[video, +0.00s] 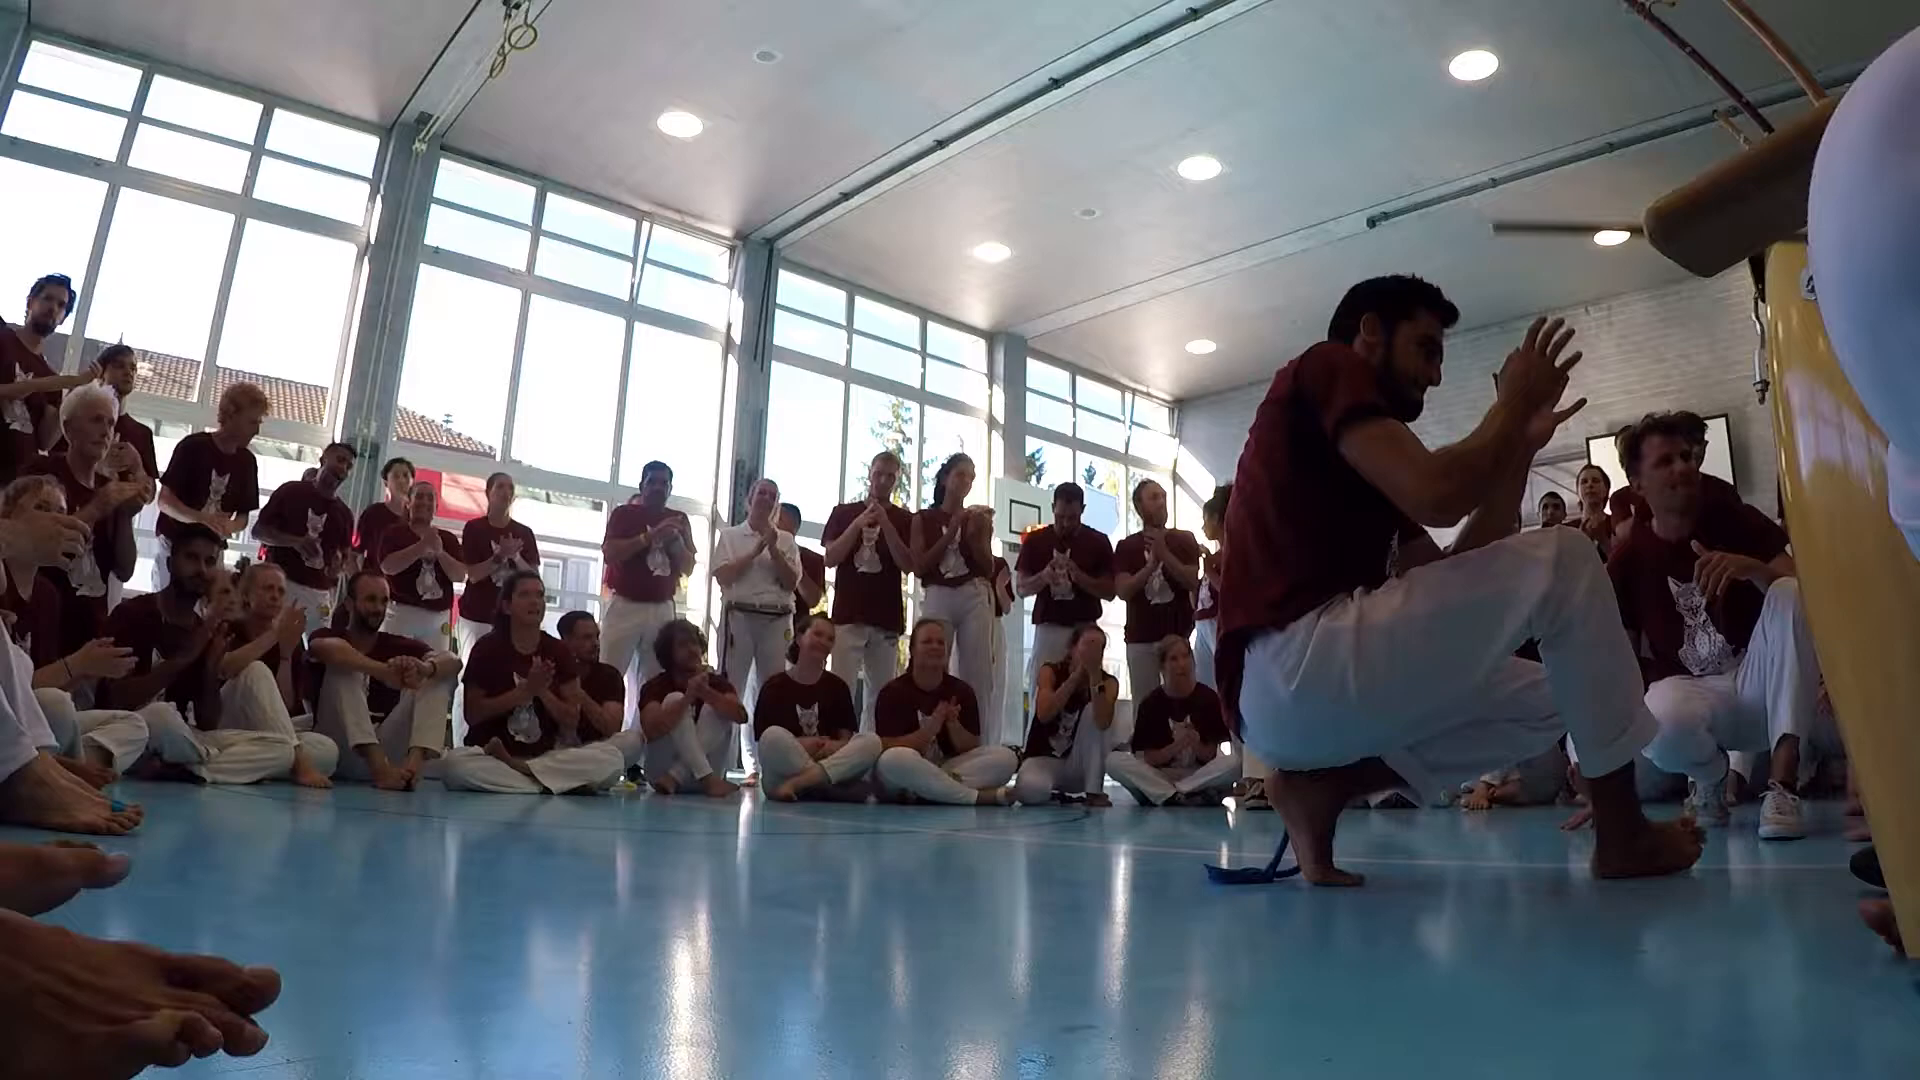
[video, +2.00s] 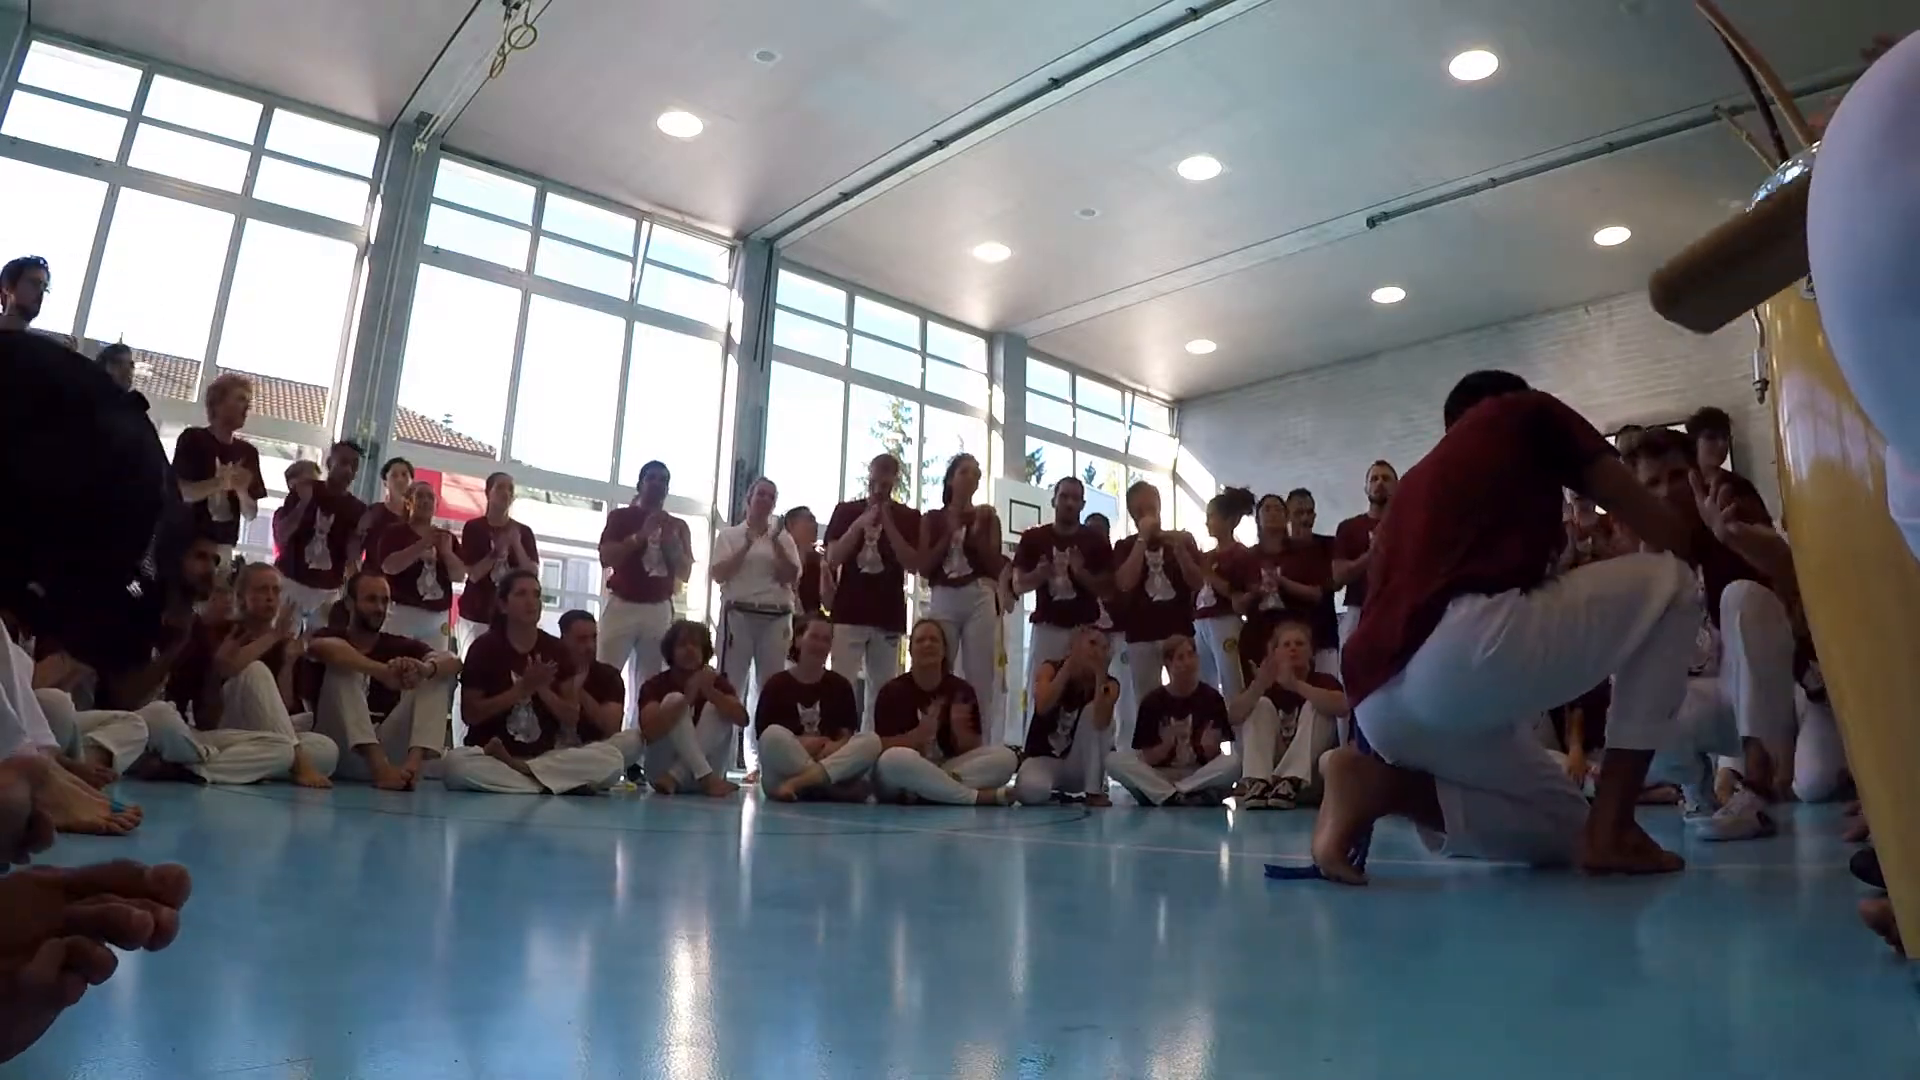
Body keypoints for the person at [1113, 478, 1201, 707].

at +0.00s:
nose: (1162, 501)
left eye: (1164, 496)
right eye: (1154, 497)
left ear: (1167, 501)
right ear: (1139, 506)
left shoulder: (1185, 540)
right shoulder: (1127, 546)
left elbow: (1191, 582)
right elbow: (1123, 591)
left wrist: (1164, 553)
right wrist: (1150, 565)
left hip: (1179, 636)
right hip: (1141, 639)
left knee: (1182, 704)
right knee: (1144, 708)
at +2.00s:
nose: (1150, 515)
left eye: (1154, 508)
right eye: (1142, 509)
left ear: (1161, 507)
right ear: (1131, 512)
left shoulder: (1183, 540)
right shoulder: (1124, 546)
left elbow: (1197, 582)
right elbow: (1125, 583)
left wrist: (1179, 549)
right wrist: (1142, 540)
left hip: (1179, 631)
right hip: (1141, 633)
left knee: (1185, 694)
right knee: (1145, 700)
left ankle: (1189, 753)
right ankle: (1145, 758)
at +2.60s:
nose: (1168, 498)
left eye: (1170, 493)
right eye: (1159, 495)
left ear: (1176, 498)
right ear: (1147, 506)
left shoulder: (1196, 537)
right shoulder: (1138, 543)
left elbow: (1209, 581)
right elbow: (1134, 589)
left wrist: (1188, 548)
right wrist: (1160, 559)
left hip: (1193, 631)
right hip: (1153, 633)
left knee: (1202, 702)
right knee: (1156, 706)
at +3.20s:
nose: (1174, 497)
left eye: (1177, 492)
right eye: (1166, 493)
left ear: (1183, 498)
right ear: (1153, 502)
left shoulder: (1200, 537)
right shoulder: (1140, 541)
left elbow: (1209, 579)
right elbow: (1136, 586)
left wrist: (1188, 547)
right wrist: (1159, 555)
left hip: (1193, 631)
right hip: (1153, 633)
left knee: (1197, 702)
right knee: (1154, 705)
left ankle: (1199, 767)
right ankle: (1148, 770)